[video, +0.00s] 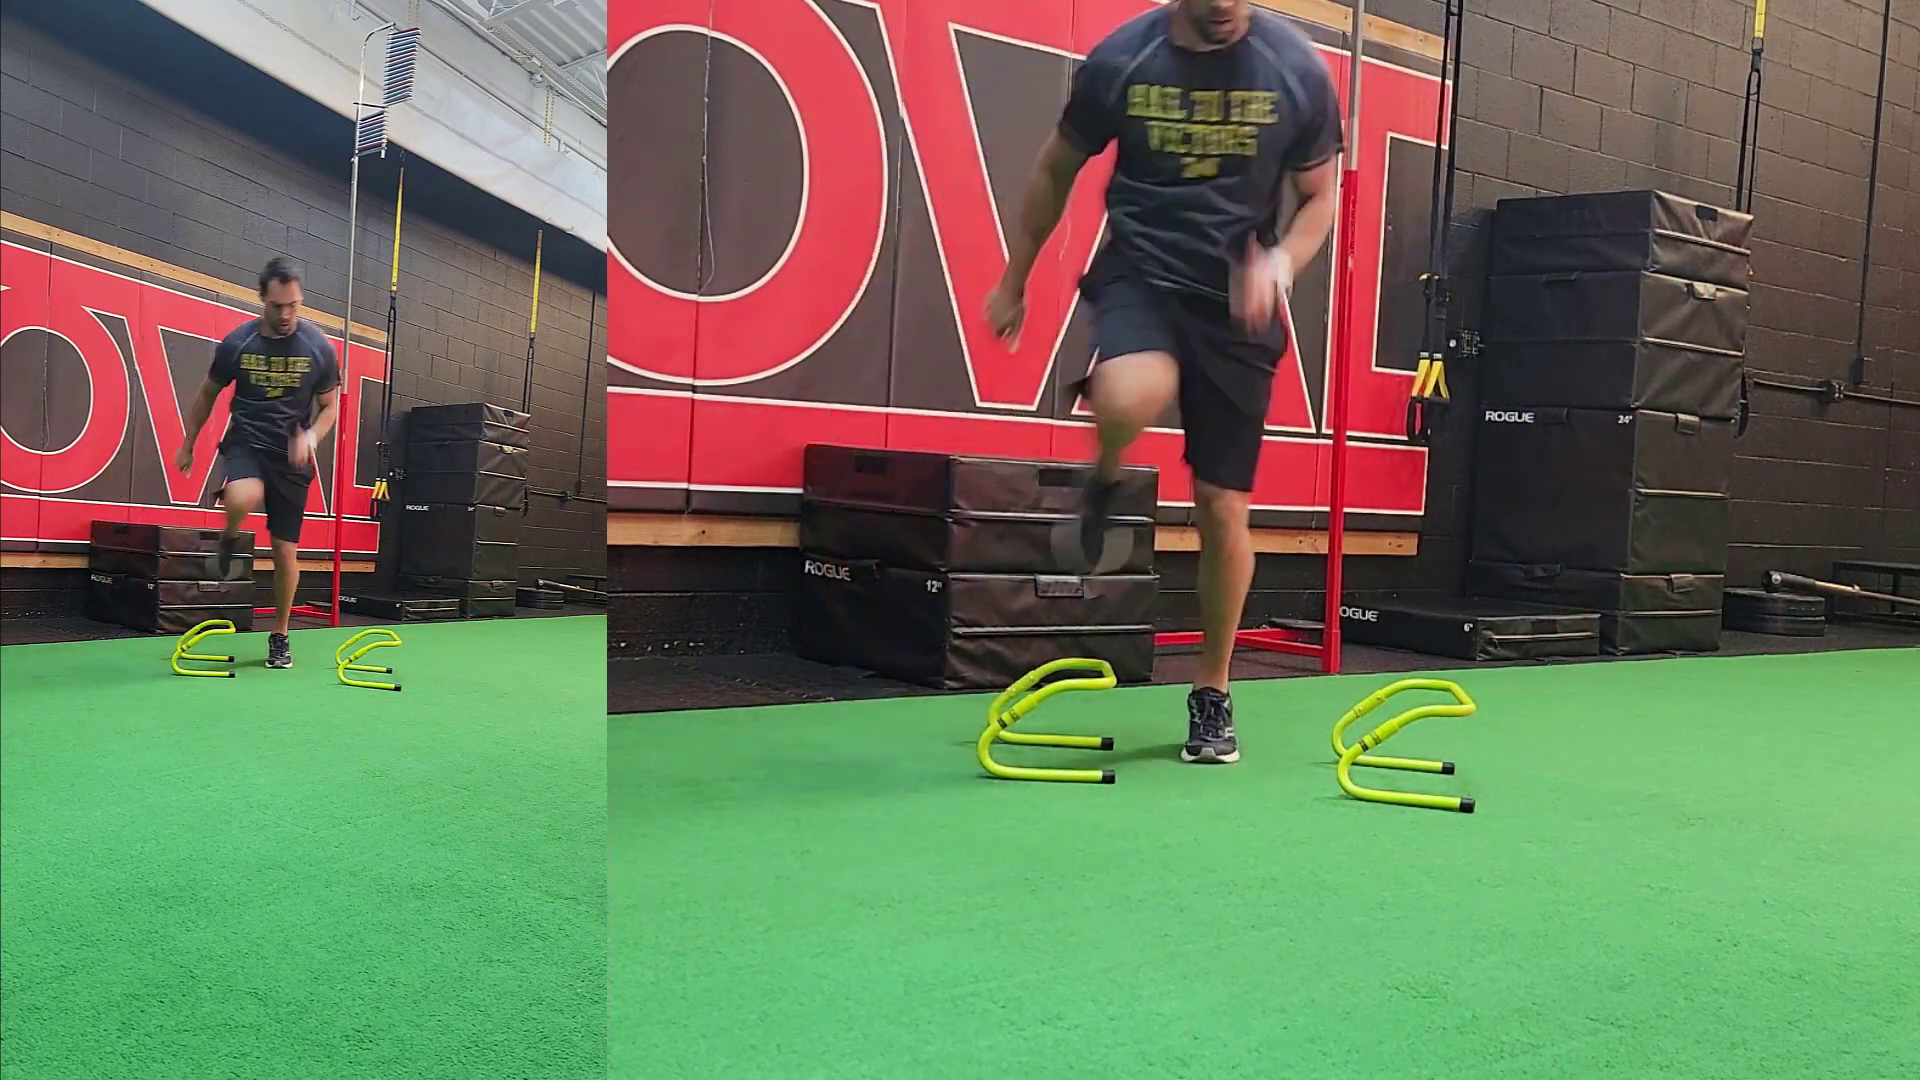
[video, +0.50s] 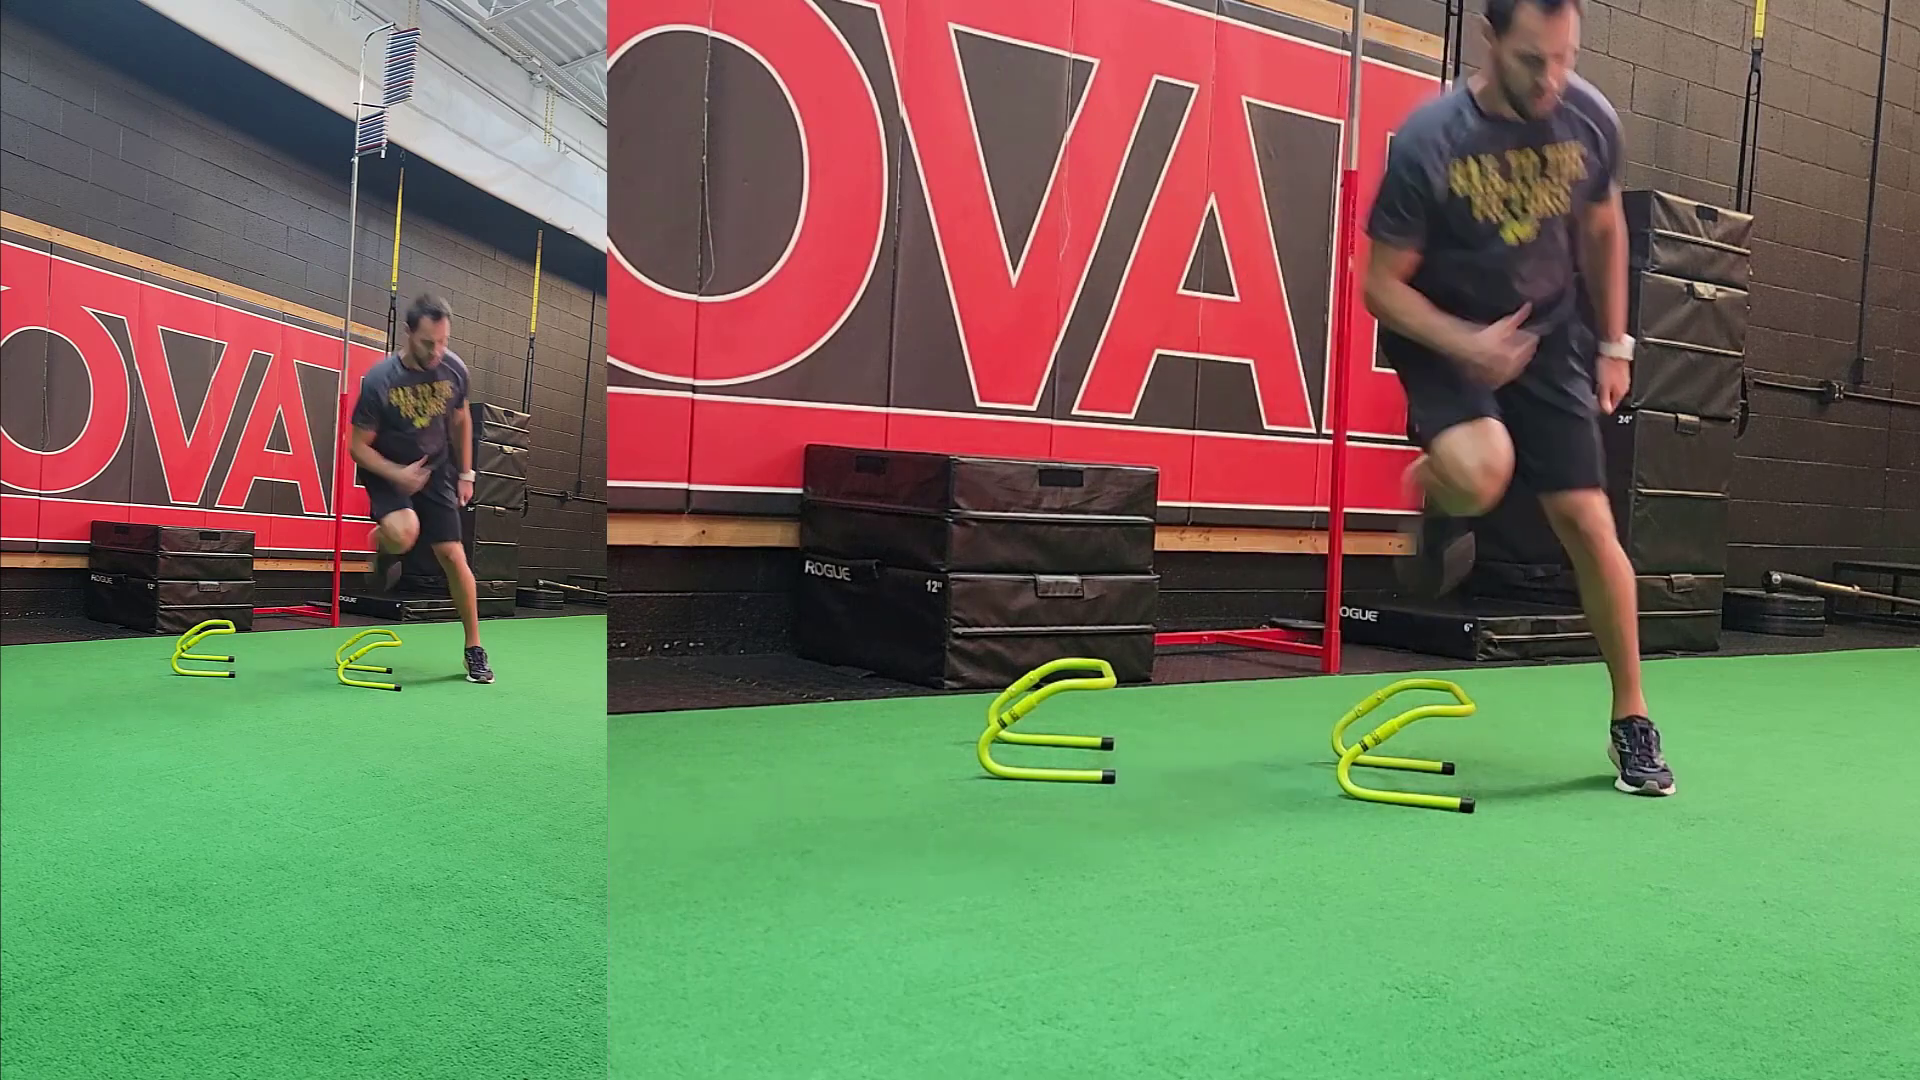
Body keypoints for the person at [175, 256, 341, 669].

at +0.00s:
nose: (286, 314)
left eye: (292, 305)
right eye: (277, 306)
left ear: (301, 301)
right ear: (261, 300)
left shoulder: (319, 348)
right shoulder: (237, 344)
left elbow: (330, 407)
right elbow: (207, 394)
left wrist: (312, 436)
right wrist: (188, 443)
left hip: (293, 452)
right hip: (246, 444)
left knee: (285, 551)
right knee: (240, 500)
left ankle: (280, 635)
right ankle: (227, 543)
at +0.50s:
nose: (436, 352)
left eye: (443, 342)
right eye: (428, 343)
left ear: (448, 336)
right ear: (408, 334)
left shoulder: (454, 370)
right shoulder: (378, 380)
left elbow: (461, 418)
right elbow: (357, 447)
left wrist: (466, 472)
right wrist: (396, 473)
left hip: (437, 474)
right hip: (388, 474)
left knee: (452, 553)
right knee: (403, 536)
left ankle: (474, 647)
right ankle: (382, 552)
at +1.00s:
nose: (475, 390)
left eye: (484, 382)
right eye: (469, 380)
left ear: (493, 377)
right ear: (454, 371)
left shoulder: (497, 410)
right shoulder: (420, 408)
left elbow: (503, 453)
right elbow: (384, 462)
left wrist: (504, 498)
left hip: (468, 497)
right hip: (422, 493)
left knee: (484, 565)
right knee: (444, 546)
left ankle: (479, 650)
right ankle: (442, 579)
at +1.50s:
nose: (330, 312)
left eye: (338, 303)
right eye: (324, 301)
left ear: (356, 297)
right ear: (315, 296)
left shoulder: (379, 340)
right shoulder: (295, 338)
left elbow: (404, 378)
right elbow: (273, 397)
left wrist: (406, 431)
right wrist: (296, 400)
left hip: (353, 445)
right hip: (304, 444)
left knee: (338, 502)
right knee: (298, 529)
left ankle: (345, 594)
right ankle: (298, 633)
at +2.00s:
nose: (177, 357)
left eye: (186, 349)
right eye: (171, 347)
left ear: (206, 340)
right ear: (164, 336)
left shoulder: (231, 385)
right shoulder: (152, 371)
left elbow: (222, 462)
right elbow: (150, 423)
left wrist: (172, 429)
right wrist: (163, 425)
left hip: (215, 475)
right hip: (168, 470)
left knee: (203, 531)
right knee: (145, 548)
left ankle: (208, 540)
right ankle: (122, 634)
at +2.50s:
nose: (142, 366)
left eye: (150, 357)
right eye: (134, 356)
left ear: (166, 344)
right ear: (123, 346)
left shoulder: (195, 388)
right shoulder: (113, 380)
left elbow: (189, 466)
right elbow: (107, 423)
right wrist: (98, 466)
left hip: (189, 472)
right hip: (139, 467)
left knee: (170, 551)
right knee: (123, 542)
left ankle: (163, 545)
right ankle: (108, 636)